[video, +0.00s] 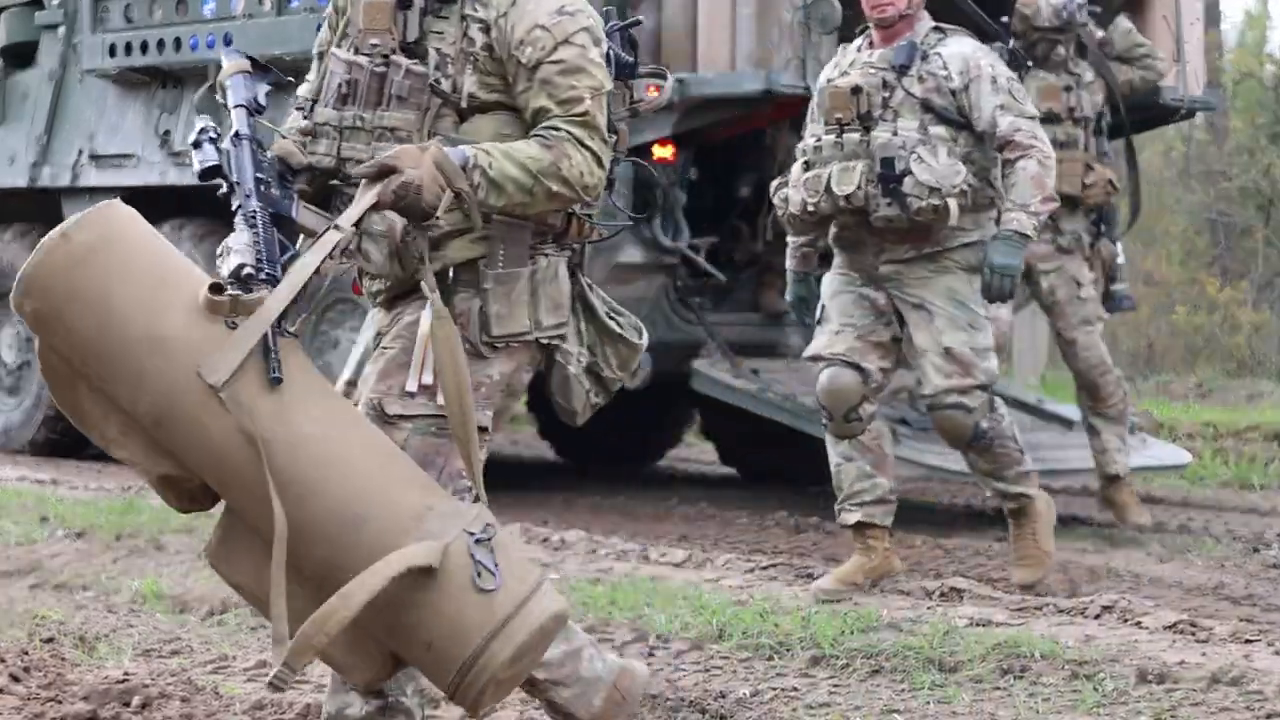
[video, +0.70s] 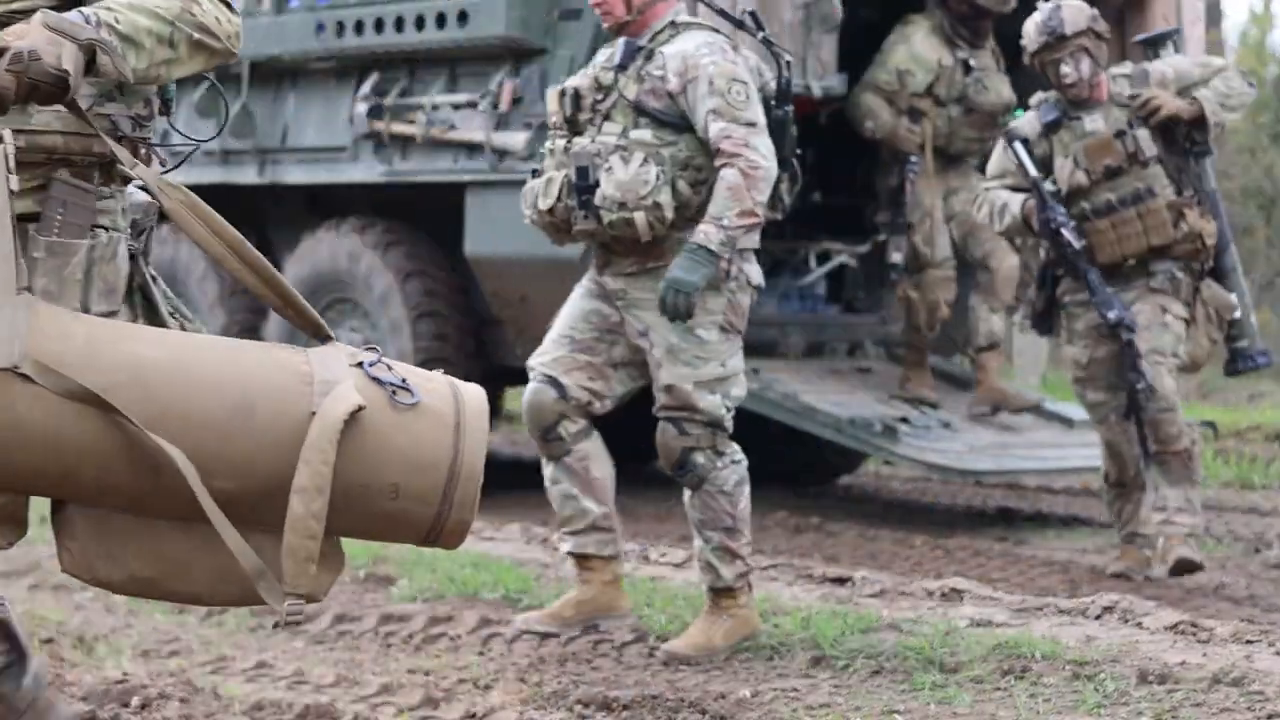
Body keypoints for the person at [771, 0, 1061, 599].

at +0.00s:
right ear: (858, 2)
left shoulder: (961, 57)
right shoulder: (838, 69)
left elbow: (1028, 146)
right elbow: (810, 176)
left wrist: (1014, 235)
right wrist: (802, 269)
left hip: (942, 260)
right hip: (857, 262)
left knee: (957, 408)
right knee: (841, 389)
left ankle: (1027, 506)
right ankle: (872, 546)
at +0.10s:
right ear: (832, 2)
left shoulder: (938, 51)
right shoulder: (813, 60)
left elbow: (999, 147)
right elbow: (781, 163)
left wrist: (980, 243)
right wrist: (762, 253)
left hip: (910, 248)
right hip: (826, 253)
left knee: (875, 380)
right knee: (822, 393)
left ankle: (938, 500)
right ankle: (870, 546)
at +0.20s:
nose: (816, 0)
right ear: (812, 3)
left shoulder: (911, 45)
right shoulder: (790, 50)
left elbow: (969, 143)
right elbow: (754, 146)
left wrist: (951, 237)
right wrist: (722, 231)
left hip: (877, 238)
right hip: (800, 243)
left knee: (815, 368)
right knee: (809, 382)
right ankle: (870, 541)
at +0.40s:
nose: (737, 6)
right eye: (735, 1)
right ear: (746, 9)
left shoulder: (839, 64)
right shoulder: (734, 64)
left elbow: (910, 165)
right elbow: (694, 154)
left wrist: (871, 260)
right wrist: (654, 229)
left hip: (799, 276)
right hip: (730, 276)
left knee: (752, 424)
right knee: (767, 422)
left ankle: (737, 597)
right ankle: (871, 544)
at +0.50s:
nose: (698, 10)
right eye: (692, 2)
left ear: (747, 1)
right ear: (693, 9)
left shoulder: (796, 73)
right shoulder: (694, 72)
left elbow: (860, 177)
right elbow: (670, 177)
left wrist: (823, 273)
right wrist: (630, 251)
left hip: (760, 282)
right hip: (693, 281)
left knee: (719, 431)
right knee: (694, 435)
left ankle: (728, 606)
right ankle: (831, 516)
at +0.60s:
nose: (642, 5)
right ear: (653, 8)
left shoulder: (754, 66)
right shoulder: (655, 64)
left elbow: (796, 180)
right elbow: (640, 170)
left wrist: (764, 277)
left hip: (723, 278)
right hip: (652, 275)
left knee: (712, 437)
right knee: (611, 411)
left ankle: (730, 604)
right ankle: (724, 505)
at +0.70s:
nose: (594, 3)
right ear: (616, 5)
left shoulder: (704, 53)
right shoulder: (611, 57)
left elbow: (750, 163)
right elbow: (589, 146)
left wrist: (702, 254)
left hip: (696, 279)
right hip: (616, 273)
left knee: (695, 437)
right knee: (552, 403)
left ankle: (730, 606)